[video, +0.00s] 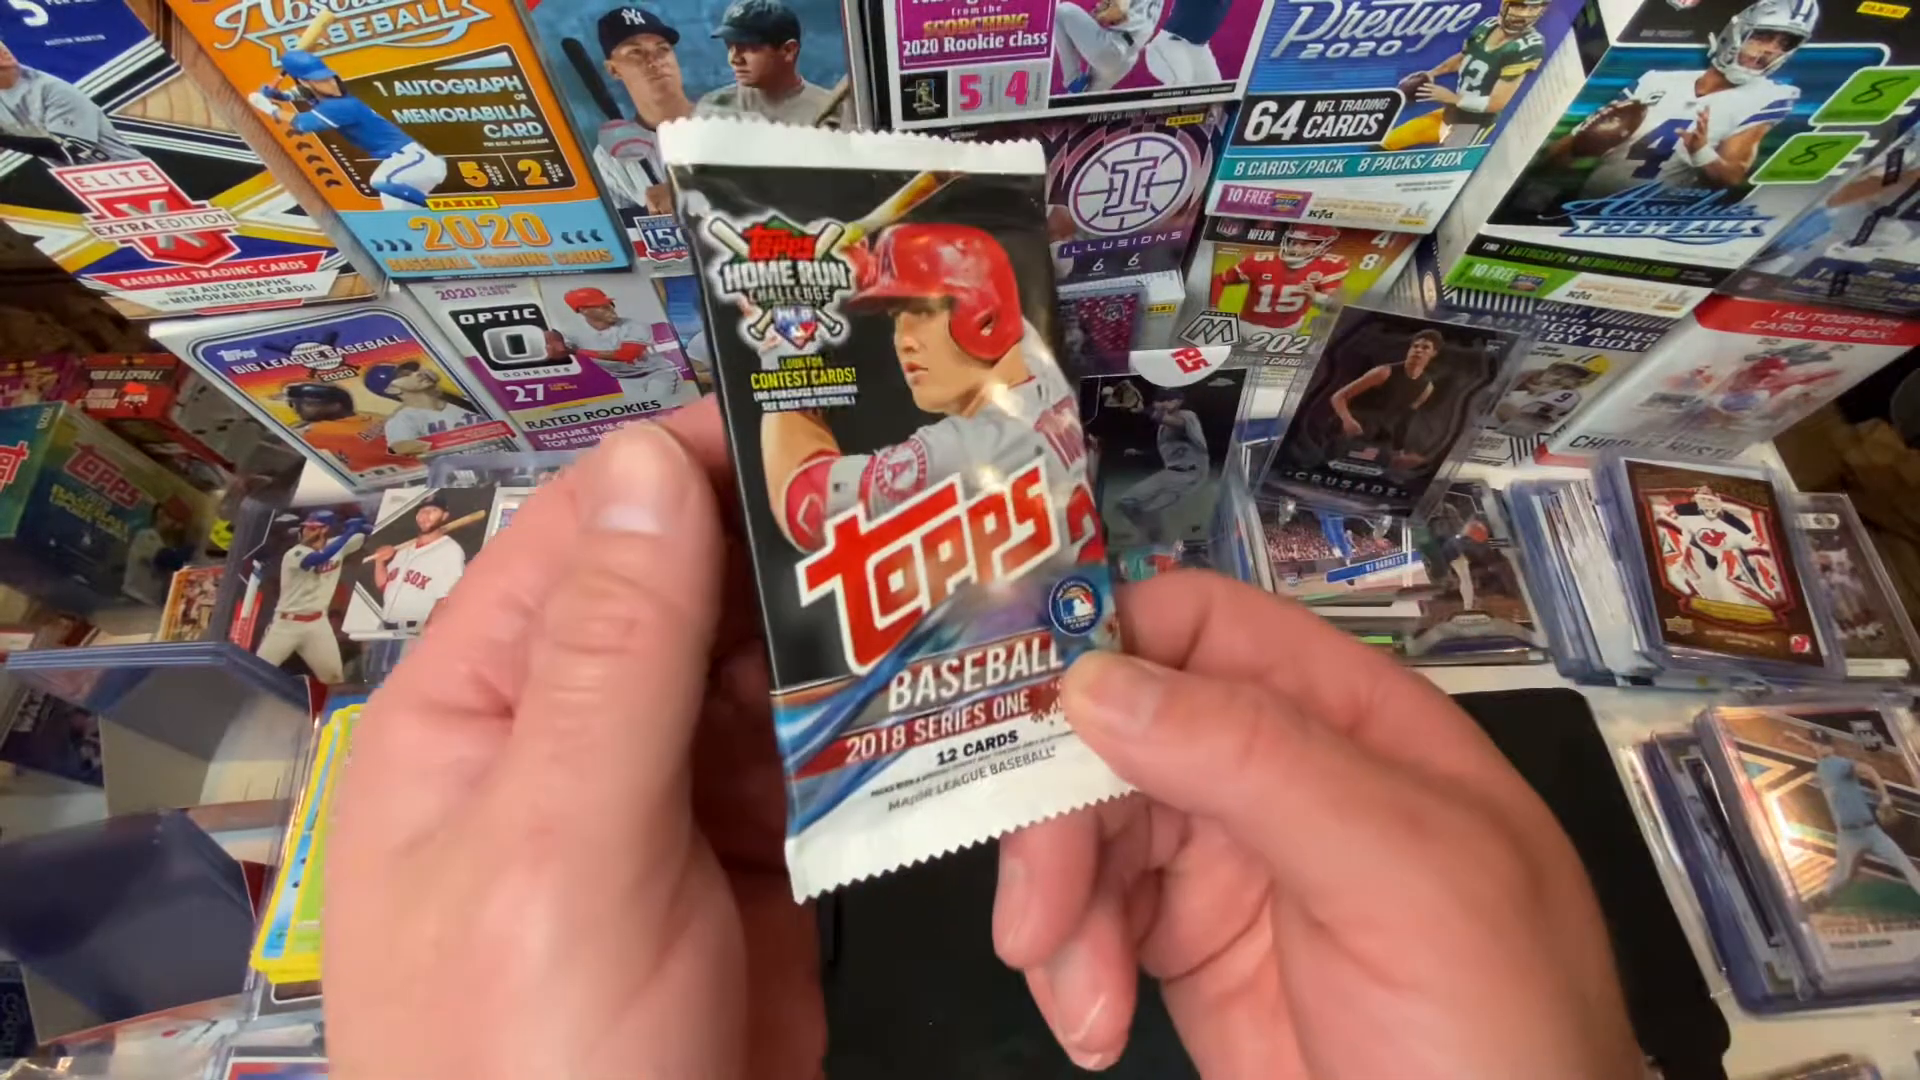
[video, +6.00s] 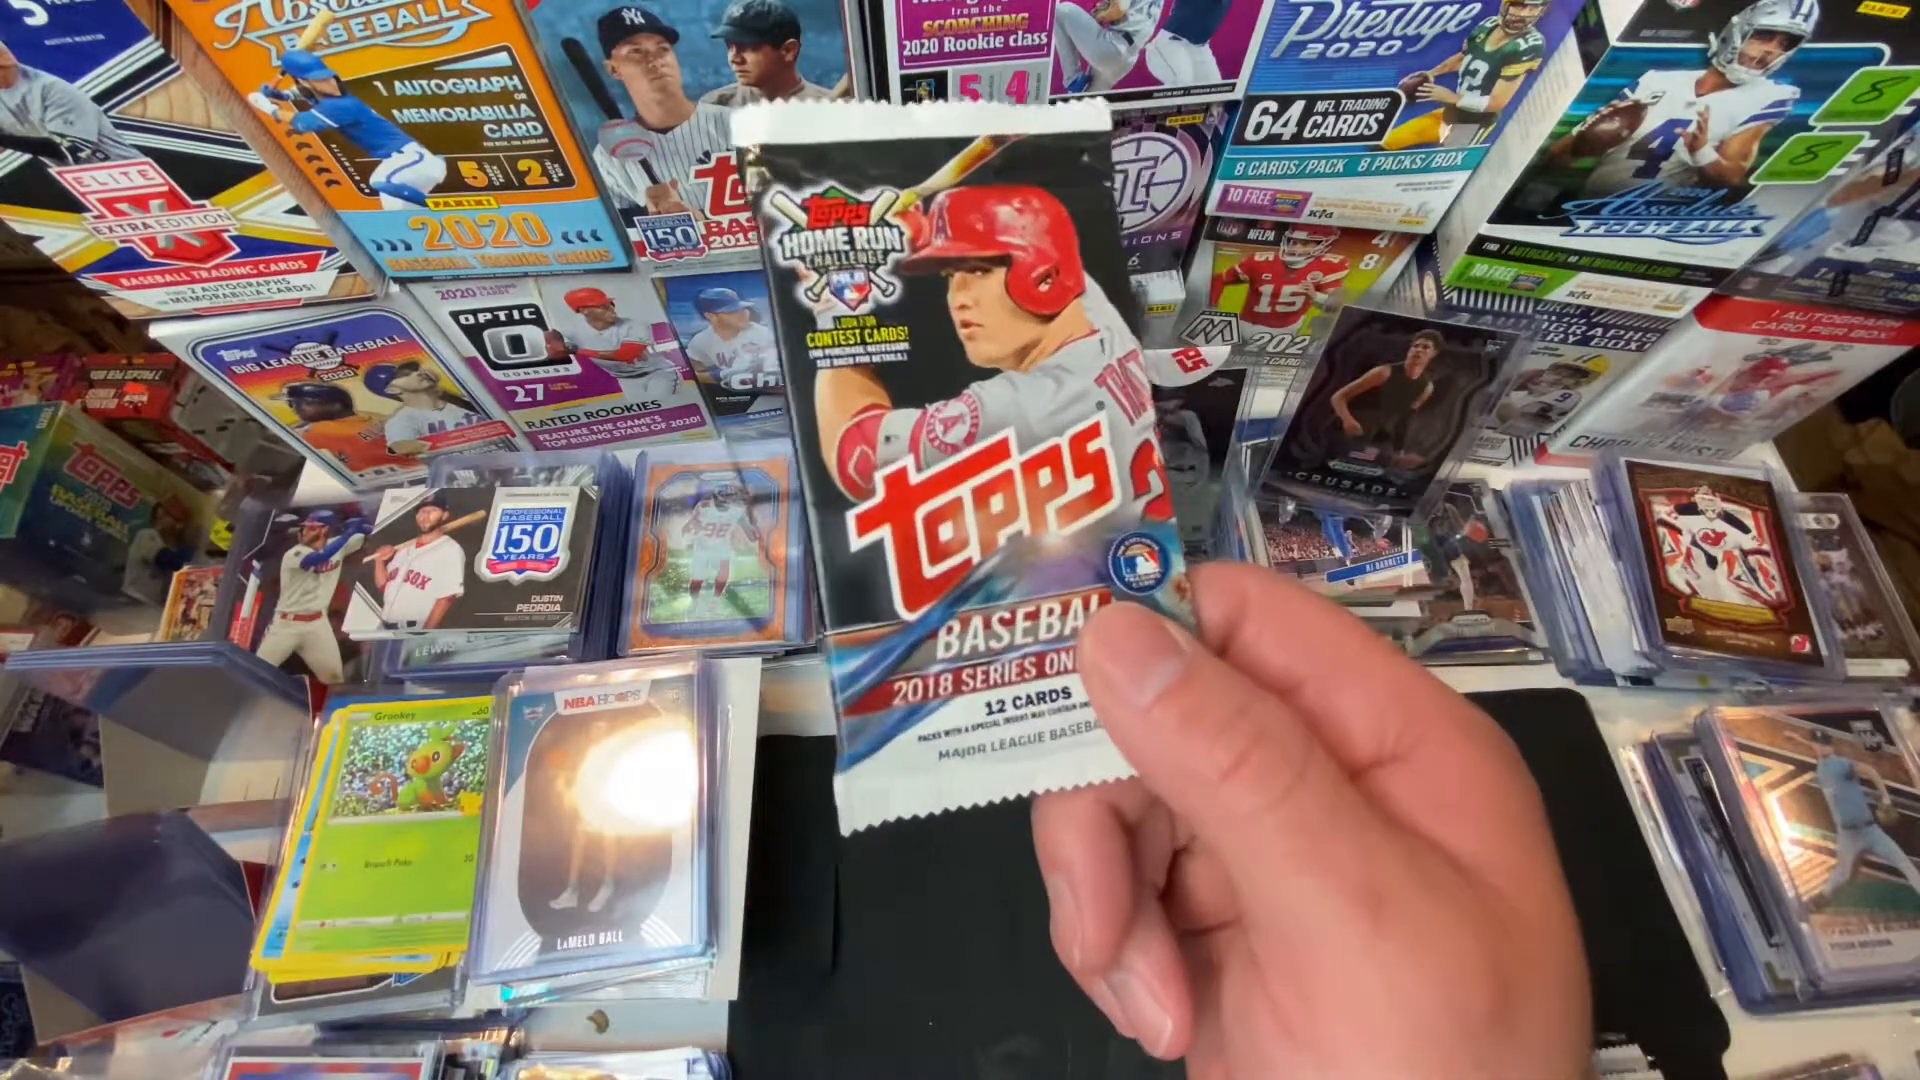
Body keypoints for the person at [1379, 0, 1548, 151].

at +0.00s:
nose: (1520, 13)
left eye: (1529, 7)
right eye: (1515, 5)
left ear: (1541, 11)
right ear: (1503, 5)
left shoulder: (1527, 47)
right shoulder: (1487, 26)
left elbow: (1495, 104)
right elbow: (1464, 58)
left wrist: (1451, 98)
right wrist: (1432, 73)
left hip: (1477, 124)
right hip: (1451, 112)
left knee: (1442, 173)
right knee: (1388, 141)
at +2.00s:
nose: (1521, 14)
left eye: (1531, 7)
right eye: (1516, 5)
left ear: (1542, 11)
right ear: (1503, 5)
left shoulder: (1527, 47)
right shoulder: (1487, 26)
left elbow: (1495, 104)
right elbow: (1463, 58)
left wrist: (1449, 97)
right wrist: (1432, 73)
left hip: (1477, 123)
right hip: (1451, 111)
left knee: (1441, 174)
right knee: (1388, 141)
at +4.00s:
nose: (1520, 14)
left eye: (1530, 7)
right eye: (1515, 5)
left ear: (1542, 10)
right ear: (1503, 4)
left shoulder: (1528, 47)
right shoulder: (1487, 26)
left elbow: (1496, 103)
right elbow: (1463, 58)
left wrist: (1450, 97)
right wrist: (1432, 73)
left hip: (1480, 122)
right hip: (1453, 111)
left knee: (1444, 171)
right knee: (1390, 141)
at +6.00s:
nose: (1520, 13)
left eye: (1530, 7)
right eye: (1515, 5)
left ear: (1542, 11)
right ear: (1503, 5)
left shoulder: (1527, 47)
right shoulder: (1487, 26)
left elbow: (1496, 103)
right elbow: (1464, 57)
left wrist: (1450, 97)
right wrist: (1431, 73)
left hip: (1478, 123)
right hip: (1452, 111)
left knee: (1443, 174)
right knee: (1388, 141)